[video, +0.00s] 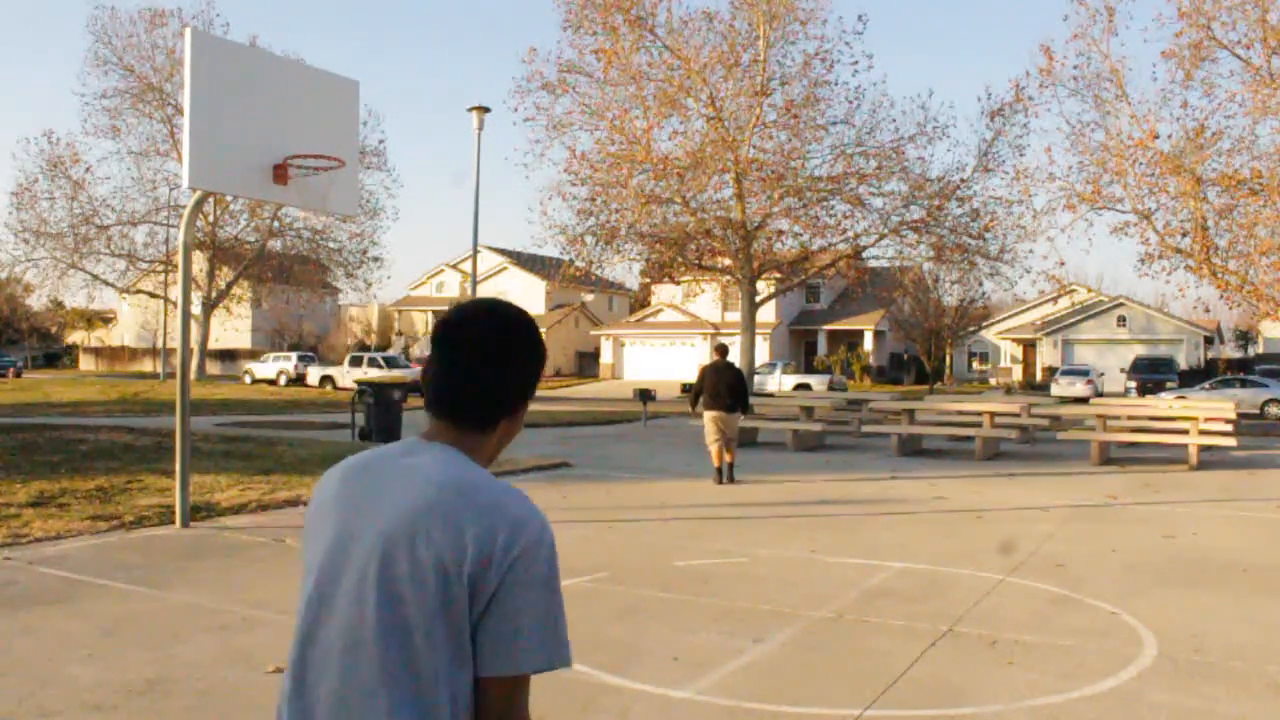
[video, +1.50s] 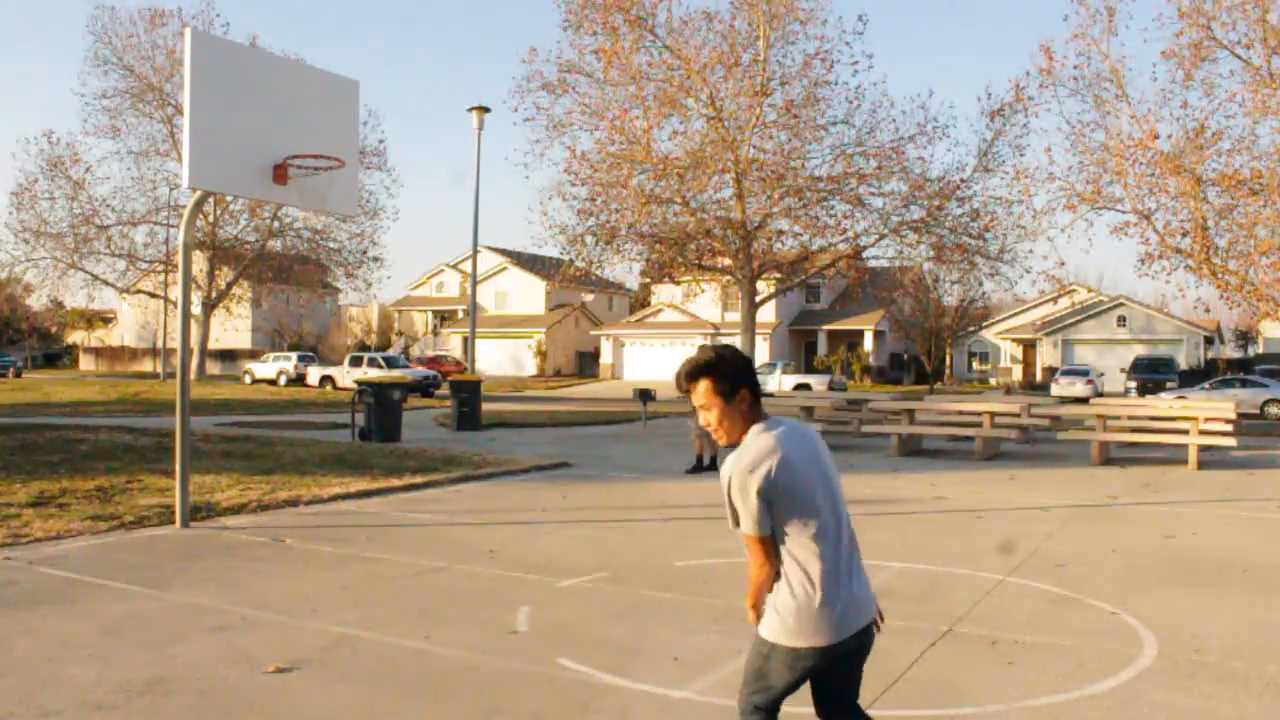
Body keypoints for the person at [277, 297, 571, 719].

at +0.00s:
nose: (527, 412)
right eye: (529, 398)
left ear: (426, 377)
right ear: (520, 407)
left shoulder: (337, 481)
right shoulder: (507, 522)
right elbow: (503, 707)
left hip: (306, 709)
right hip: (427, 712)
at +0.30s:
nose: (614, 364)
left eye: (614, 348)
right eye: (616, 350)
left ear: (531, 342)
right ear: (607, 357)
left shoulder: (451, 438)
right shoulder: (589, 444)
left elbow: (405, 584)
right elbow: (591, 599)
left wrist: (411, 696)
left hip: (441, 696)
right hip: (540, 696)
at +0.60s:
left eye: (610, 332)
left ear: (610, 342)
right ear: (682, 347)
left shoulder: (557, 417)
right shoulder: (694, 435)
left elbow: (519, 528)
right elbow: (807, 511)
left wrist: (515, 627)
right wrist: (901, 517)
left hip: (531, 660)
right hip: (616, 667)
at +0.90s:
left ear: (650, 356)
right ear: (712, 357)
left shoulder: (634, 437)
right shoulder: (747, 429)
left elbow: (614, 555)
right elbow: (758, 508)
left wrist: (596, 669)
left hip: (649, 635)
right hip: (726, 636)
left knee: (617, 711)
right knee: (708, 712)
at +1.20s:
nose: (677, 365)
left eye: (678, 353)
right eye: (677, 354)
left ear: (693, 355)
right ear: (735, 354)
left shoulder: (705, 413)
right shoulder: (768, 406)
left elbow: (671, 473)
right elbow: (738, 480)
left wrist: (619, 536)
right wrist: (673, 512)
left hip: (740, 606)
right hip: (803, 603)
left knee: (728, 710)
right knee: (769, 714)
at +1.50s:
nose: (703, 422)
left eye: (708, 408)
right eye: (698, 411)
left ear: (743, 398)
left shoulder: (743, 465)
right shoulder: (804, 434)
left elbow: (765, 563)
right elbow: (835, 528)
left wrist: (754, 604)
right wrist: (861, 594)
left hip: (802, 623)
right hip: (856, 611)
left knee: (755, 707)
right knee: (840, 710)